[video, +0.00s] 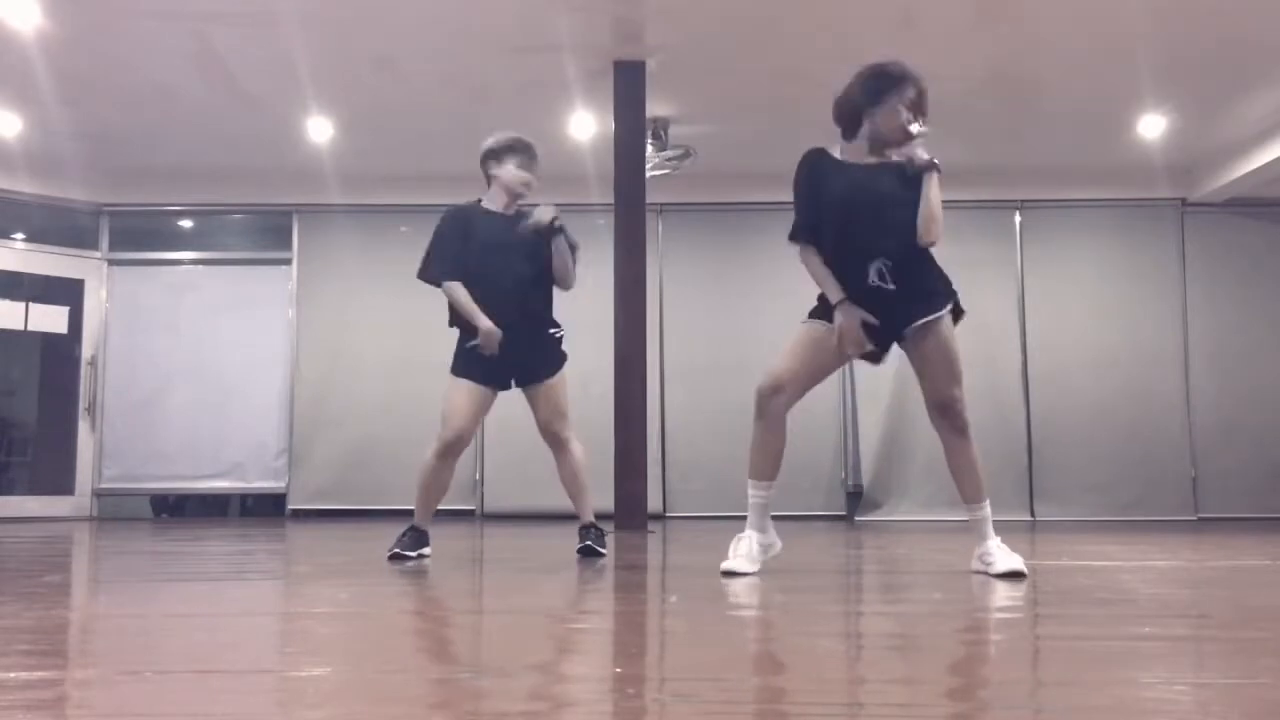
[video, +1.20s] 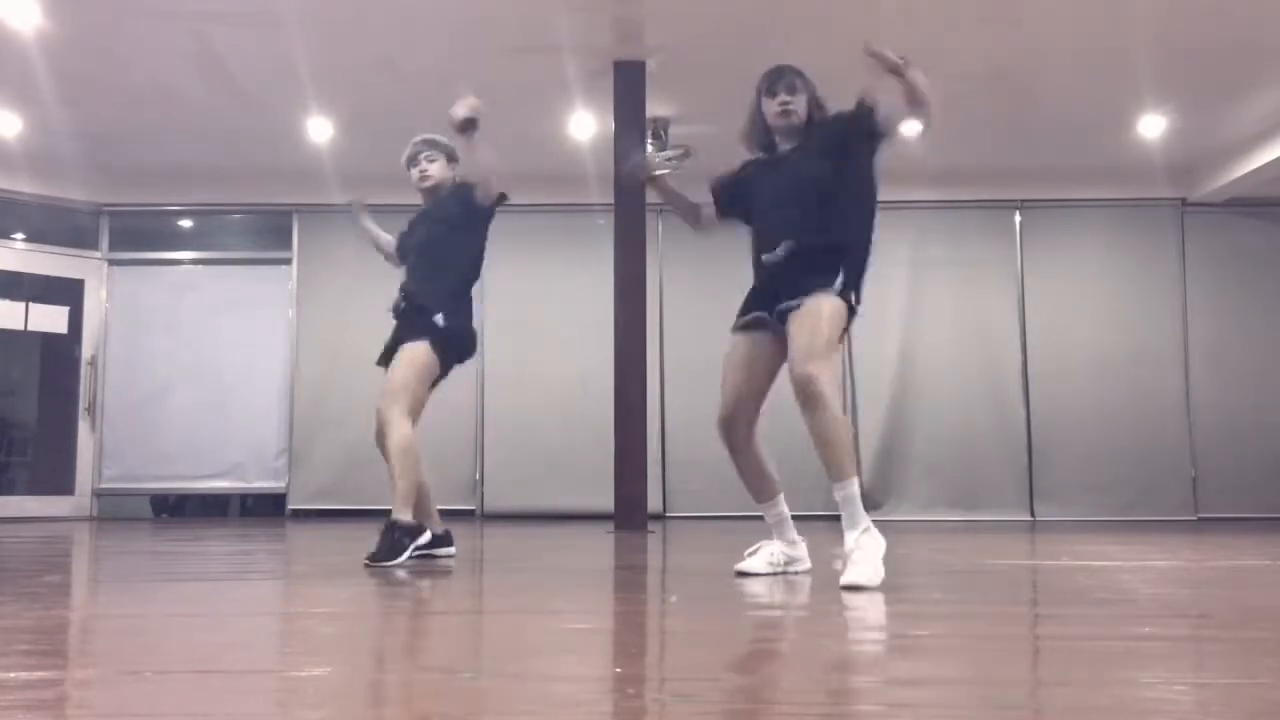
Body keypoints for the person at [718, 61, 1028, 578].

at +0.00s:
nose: (912, 121)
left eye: (916, 112)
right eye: (905, 108)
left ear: (914, 118)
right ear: (869, 107)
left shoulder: (915, 172)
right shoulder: (820, 166)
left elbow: (929, 234)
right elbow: (806, 246)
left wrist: (929, 168)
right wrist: (840, 305)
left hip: (920, 302)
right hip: (851, 305)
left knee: (952, 413)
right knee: (771, 392)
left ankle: (987, 542)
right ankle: (757, 530)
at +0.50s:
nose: (868, 108)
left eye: (877, 99)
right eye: (857, 101)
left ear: (893, 108)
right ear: (842, 113)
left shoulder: (913, 159)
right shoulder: (833, 173)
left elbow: (935, 187)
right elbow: (807, 248)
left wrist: (880, 195)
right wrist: (799, 307)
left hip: (921, 308)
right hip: (851, 310)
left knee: (971, 417)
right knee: (790, 404)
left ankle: (988, 544)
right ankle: (767, 538)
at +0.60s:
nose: (844, 125)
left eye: (855, 115)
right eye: (833, 117)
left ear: (872, 124)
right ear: (819, 128)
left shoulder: (892, 164)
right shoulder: (821, 202)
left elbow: (912, 221)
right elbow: (820, 276)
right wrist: (798, 321)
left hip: (899, 308)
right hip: (836, 316)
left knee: (971, 426)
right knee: (781, 414)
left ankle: (988, 545)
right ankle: (786, 545)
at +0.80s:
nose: (807, 123)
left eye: (816, 115)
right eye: (797, 116)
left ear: (832, 124)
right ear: (782, 127)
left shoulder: (852, 170)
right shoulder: (775, 197)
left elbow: (925, 217)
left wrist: (968, 268)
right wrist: (738, 327)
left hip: (849, 302)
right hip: (791, 309)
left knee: (893, 410)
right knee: (741, 419)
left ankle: (981, 497)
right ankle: (783, 544)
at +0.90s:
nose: (794, 110)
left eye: (803, 101)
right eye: (784, 102)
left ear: (819, 110)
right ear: (769, 113)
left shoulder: (848, 150)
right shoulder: (754, 182)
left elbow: (919, 144)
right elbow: (704, 220)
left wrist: (926, 168)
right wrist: (671, 259)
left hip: (845, 277)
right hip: (785, 292)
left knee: (864, 362)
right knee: (750, 411)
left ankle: (913, 499)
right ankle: (784, 543)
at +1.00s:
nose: (787, 86)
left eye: (797, 76)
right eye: (776, 79)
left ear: (815, 83)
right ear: (764, 92)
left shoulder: (842, 132)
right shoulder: (765, 158)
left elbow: (907, 154)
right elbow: (712, 225)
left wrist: (893, 95)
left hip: (843, 268)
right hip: (781, 282)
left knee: (841, 347)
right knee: (764, 405)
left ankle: (871, 508)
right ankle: (786, 543)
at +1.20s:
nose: (783, 101)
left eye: (793, 93)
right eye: (772, 94)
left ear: (811, 103)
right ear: (760, 109)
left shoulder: (843, 136)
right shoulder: (755, 174)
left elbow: (917, 114)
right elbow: (700, 212)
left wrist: (903, 74)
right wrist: (654, 180)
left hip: (826, 283)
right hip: (768, 293)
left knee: (809, 379)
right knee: (733, 421)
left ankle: (860, 535)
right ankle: (786, 543)